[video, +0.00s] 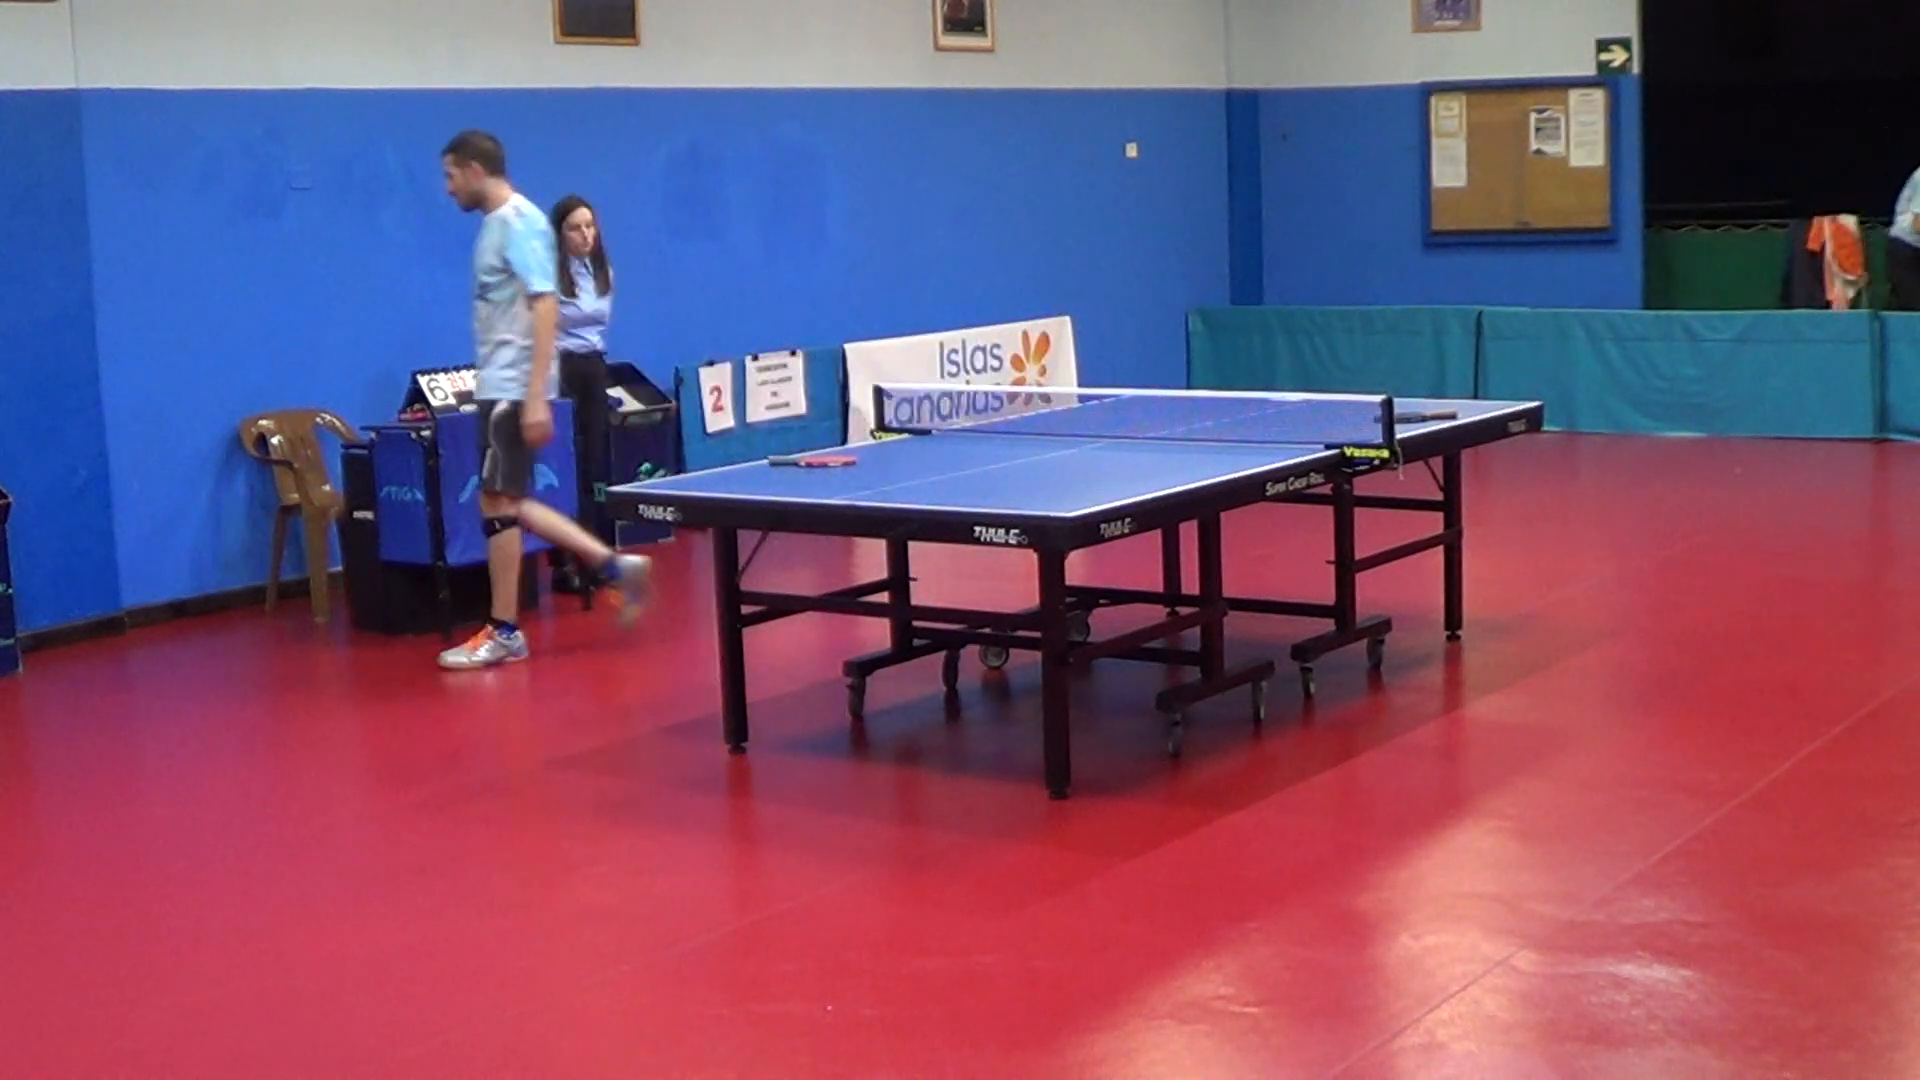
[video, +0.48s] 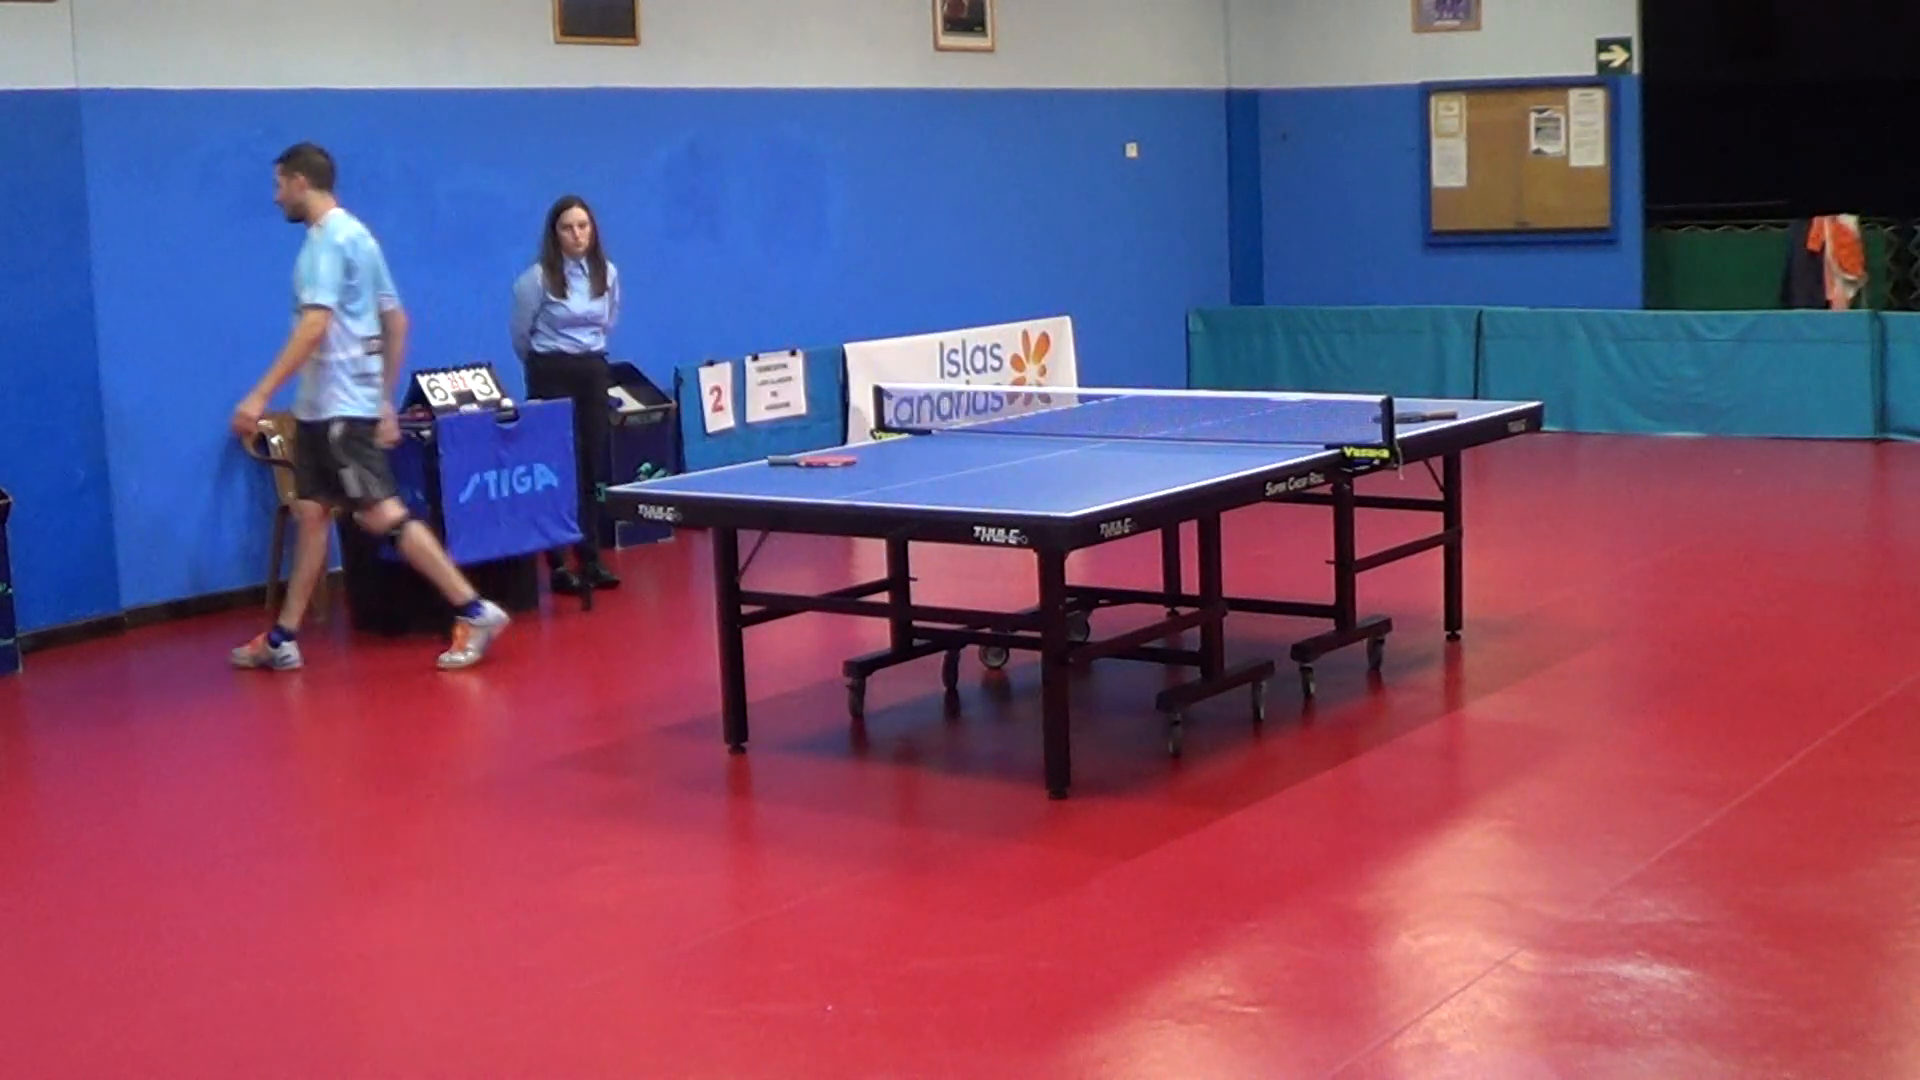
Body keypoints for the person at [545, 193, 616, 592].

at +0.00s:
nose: (586, 235)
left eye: (590, 226)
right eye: (576, 229)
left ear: (597, 229)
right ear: (560, 235)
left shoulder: (604, 273)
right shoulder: (552, 275)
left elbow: (603, 322)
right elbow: (538, 321)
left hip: (593, 364)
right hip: (558, 365)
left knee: (596, 462)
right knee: (564, 468)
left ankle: (602, 555)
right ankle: (565, 559)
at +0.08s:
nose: (581, 233)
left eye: (586, 225)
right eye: (571, 227)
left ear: (595, 229)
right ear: (558, 234)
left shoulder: (605, 274)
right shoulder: (543, 275)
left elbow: (603, 323)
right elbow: (520, 325)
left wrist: (584, 350)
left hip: (592, 367)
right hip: (554, 368)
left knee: (592, 463)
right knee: (561, 462)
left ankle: (589, 556)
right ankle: (563, 554)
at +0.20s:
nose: (578, 234)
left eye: (583, 226)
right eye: (569, 228)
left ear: (594, 229)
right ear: (555, 233)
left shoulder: (607, 272)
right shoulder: (536, 279)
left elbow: (609, 321)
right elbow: (520, 335)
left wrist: (589, 349)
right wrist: (536, 361)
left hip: (593, 366)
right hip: (551, 367)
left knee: (592, 461)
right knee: (556, 463)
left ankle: (590, 557)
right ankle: (560, 563)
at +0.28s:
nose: (577, 234)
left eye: (583, 225)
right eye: (568, 227)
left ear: (593, 229)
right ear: (555, 233)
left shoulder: (607, 272)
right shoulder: (535, 279)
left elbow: (610, 320)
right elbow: (520, 332)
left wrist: (590, 348)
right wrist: (535, 359)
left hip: (593, 366)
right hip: (550, 367)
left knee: (592, 461)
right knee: (556, 462)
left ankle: (590, 557)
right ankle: (559, 562)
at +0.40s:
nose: (577, 234)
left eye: (583, 225)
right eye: (568, 227)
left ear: (593, 229)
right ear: (555, 233)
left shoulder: (607, 272)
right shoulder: (535, 279)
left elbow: (610, 320)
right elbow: (520, 332)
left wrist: (589, 347)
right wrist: (536, 358)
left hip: (593, 367)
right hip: (550, 368)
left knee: (592, 461)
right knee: (556, 463)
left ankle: (591, 558)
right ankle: (559, 562)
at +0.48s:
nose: (577, 233)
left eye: (583, 225)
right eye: (568, 227)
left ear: (593, 229)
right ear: (555, 233)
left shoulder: (607, 273)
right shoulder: (535, 280)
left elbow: (610, 320)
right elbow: (520, 332)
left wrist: (589, 349)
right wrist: (534, 360)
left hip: (593, 367)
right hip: (550, 369)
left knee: (593, 461)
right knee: (556, 463)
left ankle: (592, 556)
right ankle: (559, 562)